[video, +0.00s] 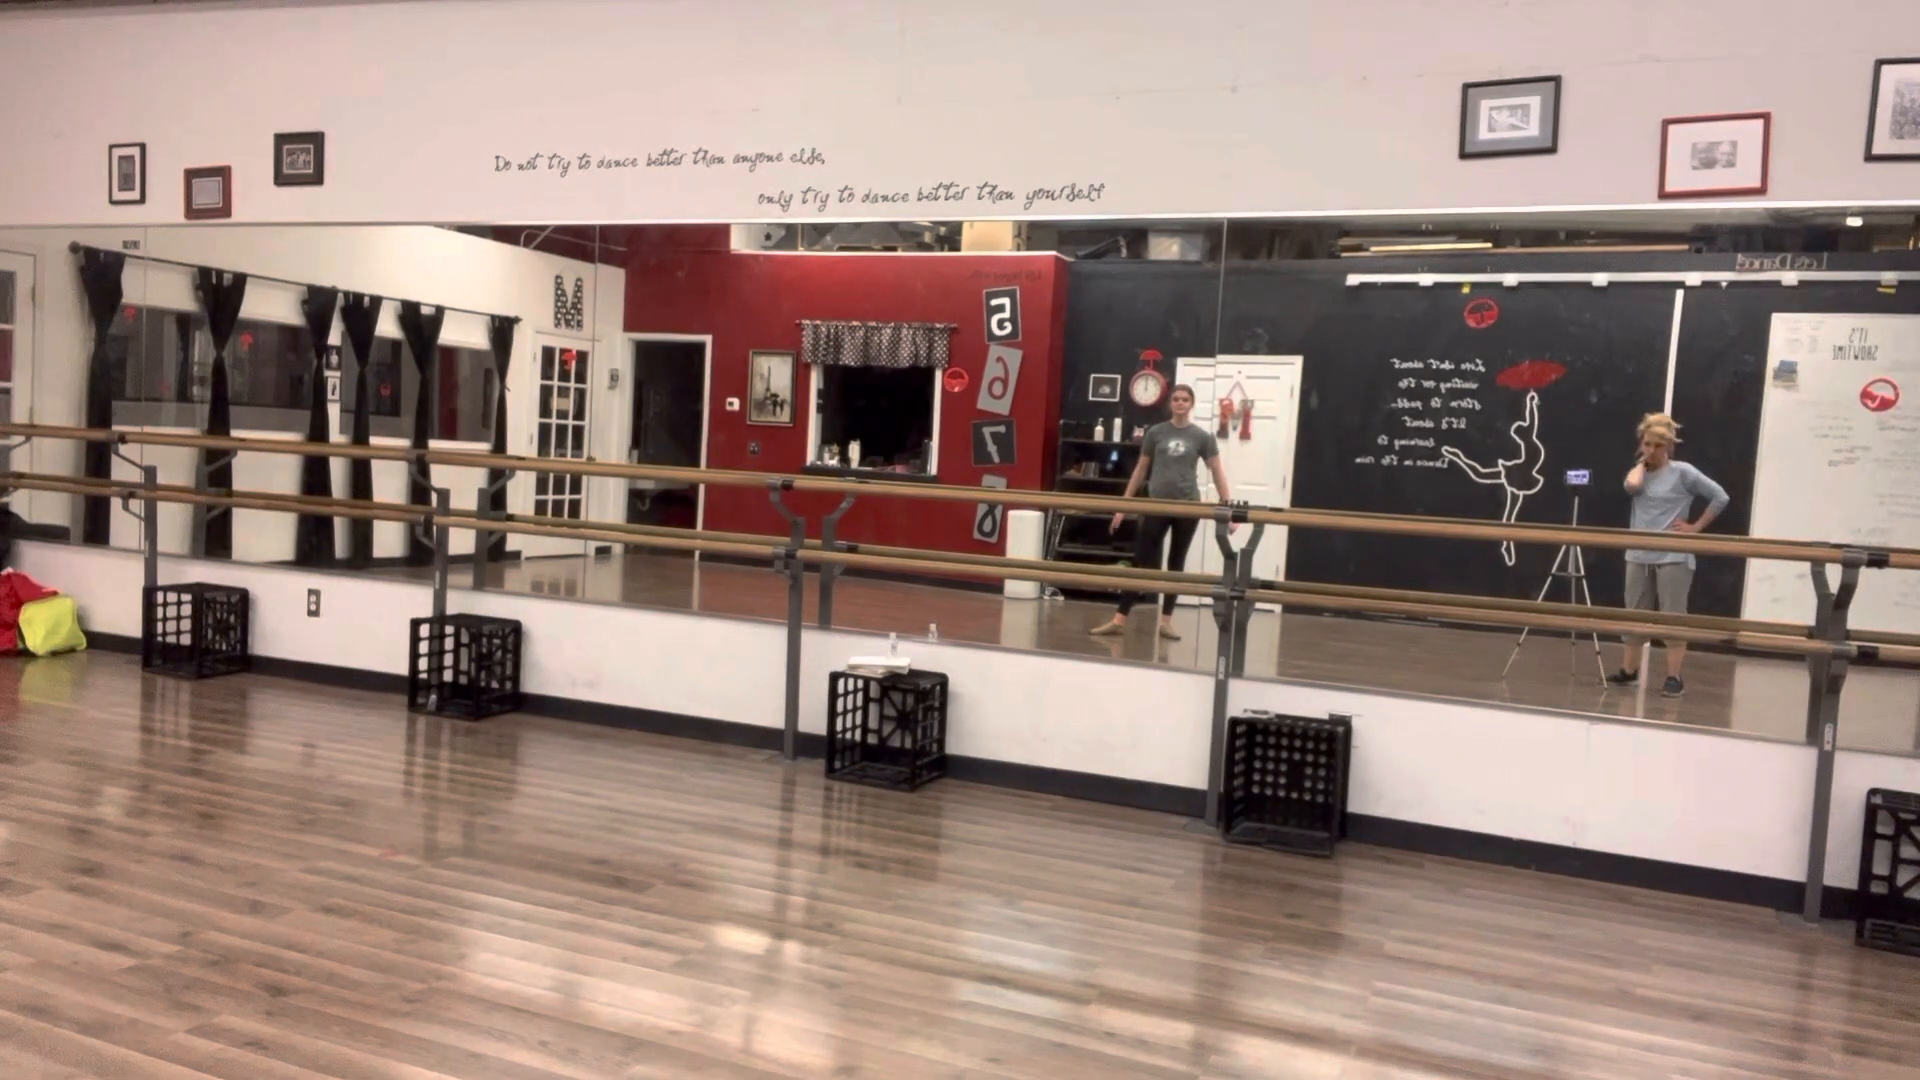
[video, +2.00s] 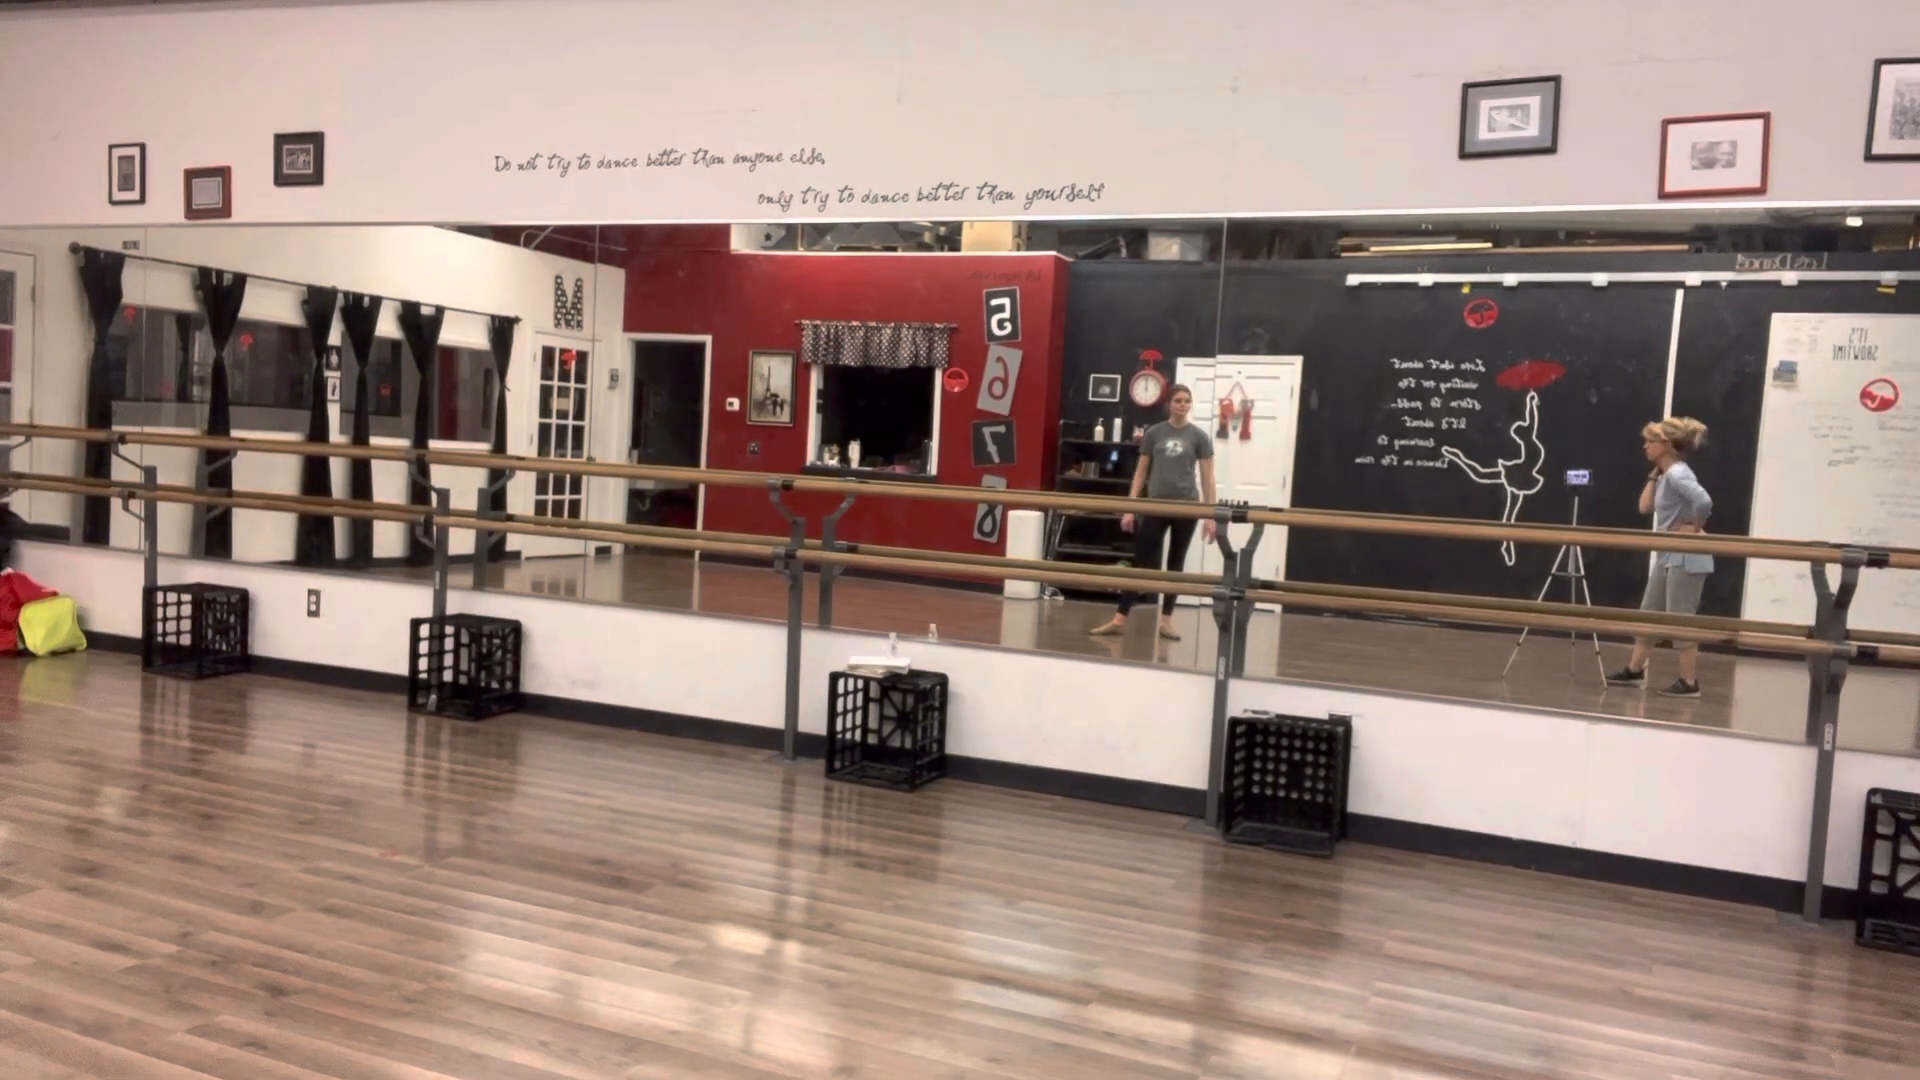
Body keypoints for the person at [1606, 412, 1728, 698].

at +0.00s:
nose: (1651, 451)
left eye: (1658, 446)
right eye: (1647, 445)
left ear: (1669, 447)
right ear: (1641, 446)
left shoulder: (1682, 472)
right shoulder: (1637, 472)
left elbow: (1721, 497)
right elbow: (1631, 486)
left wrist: (1695, 527)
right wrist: (1644, 459)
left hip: (1673, 556)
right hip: (1638, 554)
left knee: (1673, 617)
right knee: (1634, 613)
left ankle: (1673, 675)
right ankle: (1629, 670)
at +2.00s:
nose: (1645, 447)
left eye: (1650, 441)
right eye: (1646, 442)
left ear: (1666, 444)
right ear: (1661, 446)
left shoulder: (1677, 473)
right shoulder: (1664, 475)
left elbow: (1703, 501)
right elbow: (1644, 506)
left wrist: (1696, 526)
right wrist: (1655, 472)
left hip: (1686, 558)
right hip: (1665, 555)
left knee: (1681, 618)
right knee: (1649, 612)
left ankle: (1688, 679)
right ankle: (1635, 668)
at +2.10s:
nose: (1650, 446)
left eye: (1655, 441)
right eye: (1650, 441)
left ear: (1671, 444)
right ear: (1667, 445)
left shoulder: (1678, 472)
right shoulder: (1669, 471)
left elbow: (1698, 503)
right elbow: (1649, 503)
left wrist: (1692, 525)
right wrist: (1660, 471)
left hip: (1687, 555)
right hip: (1668, 553)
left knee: (1682, 618)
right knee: (1652, 611)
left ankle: (1688, 679)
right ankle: (1649, 667)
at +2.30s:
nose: (1658, 443)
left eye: (1663, 439)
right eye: (1658, 438)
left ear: (1678, 443)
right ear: (1669, 443)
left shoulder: (1683, 470)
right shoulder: (1673, 470)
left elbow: (1697, 500)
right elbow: (1651, 501)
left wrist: (1689, 525)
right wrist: (1663, 472)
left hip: (1685, 553)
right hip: (1670, 551)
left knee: (1681, 616)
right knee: (1664, 612)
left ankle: (1688, 678)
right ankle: (1671, 666)